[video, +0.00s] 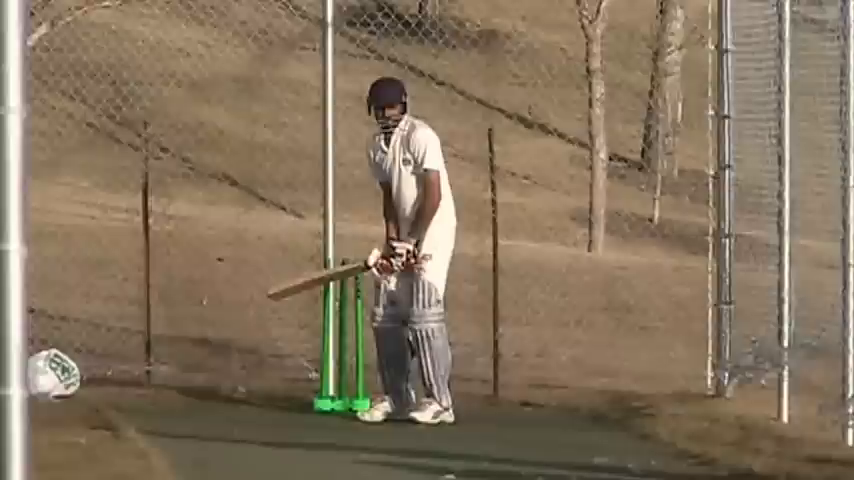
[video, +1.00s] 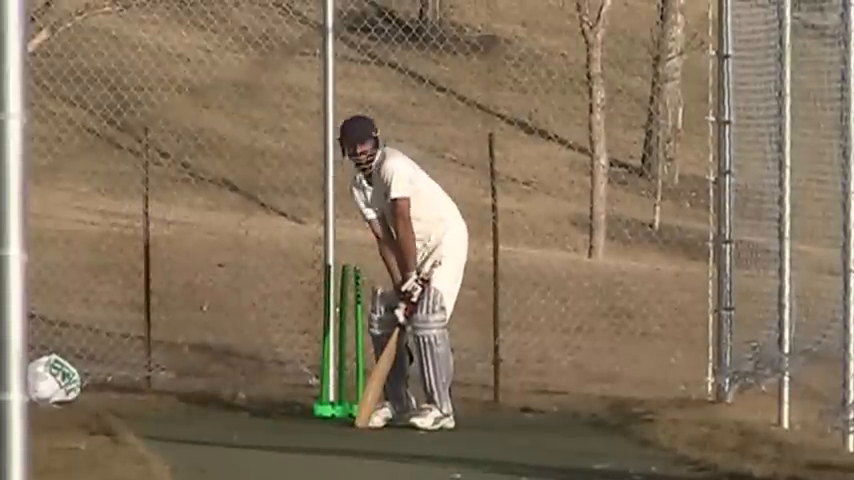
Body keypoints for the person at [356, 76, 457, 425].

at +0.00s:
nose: (388, 115)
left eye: (394, 108)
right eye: (381, 109)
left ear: (405, 106)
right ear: (372, 111)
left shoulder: (421, 136)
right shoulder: (377, 146)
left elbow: (433, 194)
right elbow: (388, 198)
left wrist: (416, 241)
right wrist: (391, 243)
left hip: (432, 236)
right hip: (402, 238)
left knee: (423, 314)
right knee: (386, 314)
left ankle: (438, 401)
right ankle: (398, 397)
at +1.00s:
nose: (362, 154)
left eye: (367, 146)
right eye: (354, 149)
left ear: (377, 141)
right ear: (345, 152)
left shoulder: (393, 167)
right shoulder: (359, 185)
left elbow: (403, 221)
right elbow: (383, 238)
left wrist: (411, 276)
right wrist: (401, 285)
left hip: (444, 241)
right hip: (411, 249)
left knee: (428, 321)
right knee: (385, 321)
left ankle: (440, 408)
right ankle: (397, 404)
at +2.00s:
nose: (385, 126)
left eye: (392, 120)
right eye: (379, 119)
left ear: (402, 121)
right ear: (368, 120)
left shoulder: (414, 150)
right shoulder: (365, 157)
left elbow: (439, 202)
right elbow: (382, 203)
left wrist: (419, 247)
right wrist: (396, 246)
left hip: (434, 241)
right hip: (403, 244)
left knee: (420, 318)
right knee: (377, 319)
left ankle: (438, 407)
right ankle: (398, 403)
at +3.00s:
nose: (383, 148)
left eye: (390, 141)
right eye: (375, 142)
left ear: (401, 142)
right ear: (367, 144)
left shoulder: (411, 177)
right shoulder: (371, 169)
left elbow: (398, 241)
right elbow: (376, 202)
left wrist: (360, 249)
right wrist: (358, 228)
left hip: (431, 259)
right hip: (397, 261)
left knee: (418, 325)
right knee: (361, 330)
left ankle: (442, 406)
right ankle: (395, 404)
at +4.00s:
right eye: (493, 103)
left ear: (460, 102)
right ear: (493, 106)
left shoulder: (438, 132)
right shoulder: (501, 138)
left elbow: (394, 171)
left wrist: (392, 140)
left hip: (435, 227)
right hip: (477, 231)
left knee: (440, 317)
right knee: (476, 313)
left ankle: (437, 400)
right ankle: (473, 371)